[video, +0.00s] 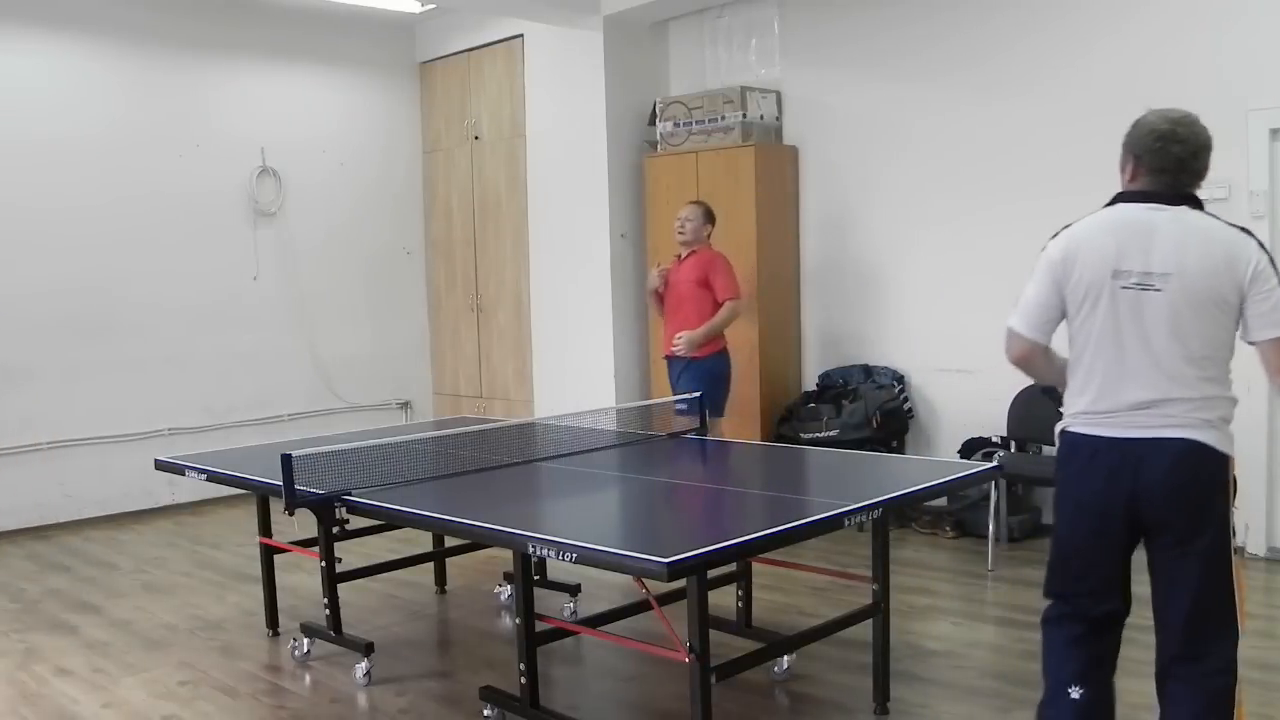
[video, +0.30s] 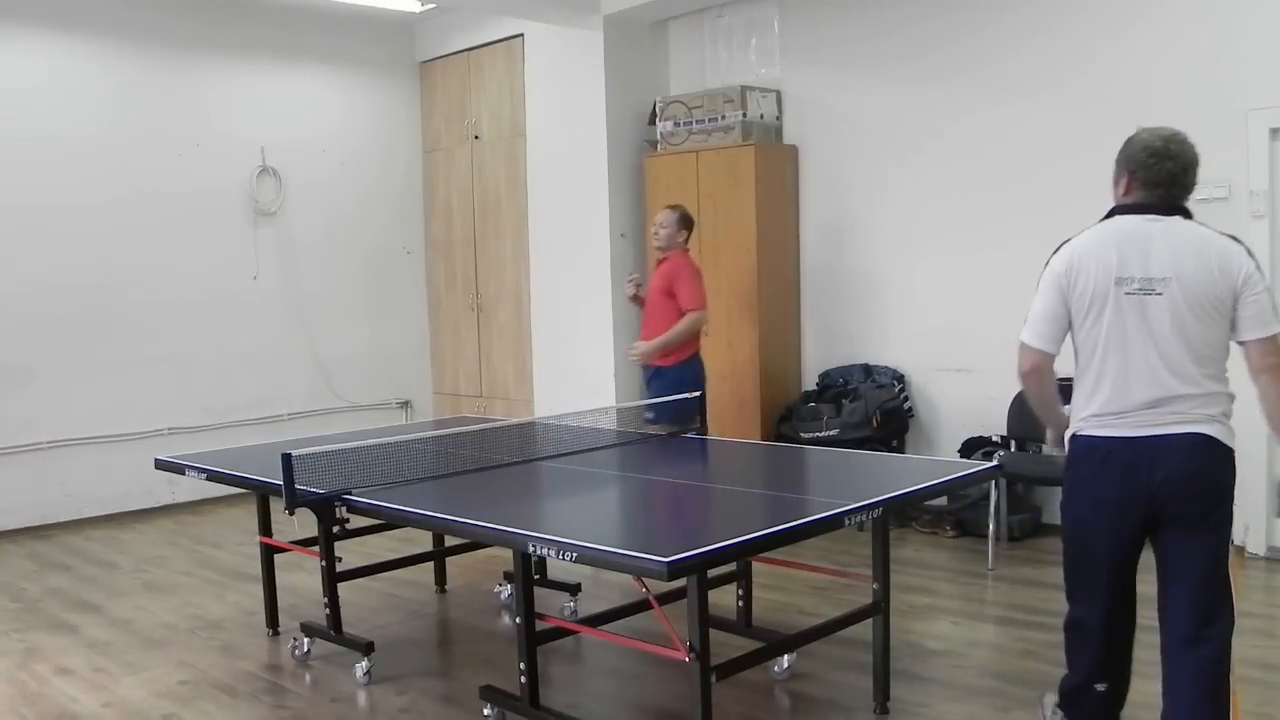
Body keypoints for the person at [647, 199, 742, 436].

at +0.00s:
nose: (680, 224)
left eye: (689, 220)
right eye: (678, 220)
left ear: (707, 229)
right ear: (674, 225)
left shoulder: (714, 260)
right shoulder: (674, 266)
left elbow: (733, 305)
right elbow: (667, 314)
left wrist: (699, 336)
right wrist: (653, 291)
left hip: (706, 361)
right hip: (677, 361)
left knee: (690, 433)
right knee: (707, 432)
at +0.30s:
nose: (654, 230)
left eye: (663, 226)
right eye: (654, 225)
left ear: (682, 235)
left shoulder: (683, 266)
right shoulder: (665, 265)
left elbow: (697, 316)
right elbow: (661, 311)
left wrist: (654, 347)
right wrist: (638, 299)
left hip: (677, 371)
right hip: (661, 369)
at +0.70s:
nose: (612, 229)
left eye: (621, 225)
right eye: (613, 223)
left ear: (641, 234)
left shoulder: (640, 265)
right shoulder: (631, 261)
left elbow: (649, 322)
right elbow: (636, 296)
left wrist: (602, 349)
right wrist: (610, 287)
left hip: (638, 370)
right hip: (628, 368)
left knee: (633, 448)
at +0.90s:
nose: (589, 234)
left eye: (597, 229)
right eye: (590, 226)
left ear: (619, 235)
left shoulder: (624, 266)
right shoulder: (611, 261)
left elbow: (640, 324)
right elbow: (621, 299)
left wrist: (596, 359)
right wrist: (595, 293)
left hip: (629, 370)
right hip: (616, 369)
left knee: (627, 450)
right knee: (624, 449)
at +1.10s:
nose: (572, 242)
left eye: (579, 237)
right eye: (570, 235)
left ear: (601, 240)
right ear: (568, 233)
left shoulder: (610, 270)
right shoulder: (594, 263)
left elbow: (634, 327)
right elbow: (607, 296)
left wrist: (595, 366)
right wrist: (581, 296)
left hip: (625, 375)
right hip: (610, 374)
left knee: (627, 453)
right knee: (622, 452)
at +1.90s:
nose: (573, 236)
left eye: (581, 230)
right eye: (569, 229)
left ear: (599, 233)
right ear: (564, 230)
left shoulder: (615, 272)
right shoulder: (563, 263)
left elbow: (640, 319)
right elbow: (565, 294)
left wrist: (614, 360)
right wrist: (547, 308)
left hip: (608, 378)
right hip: (571, 376)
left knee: (609, 446)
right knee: (576, 446)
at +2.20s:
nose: (572, 232)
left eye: (579, 226)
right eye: (565, 225)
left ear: (589, 231)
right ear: (555, 230)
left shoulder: (609, 268)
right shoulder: (538, 270)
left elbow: (631, 307)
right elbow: (521, 307)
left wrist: (627, 344)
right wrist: (522, 320)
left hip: (600, 376)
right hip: (554, 377)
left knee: (611, 446)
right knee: (556, 446)